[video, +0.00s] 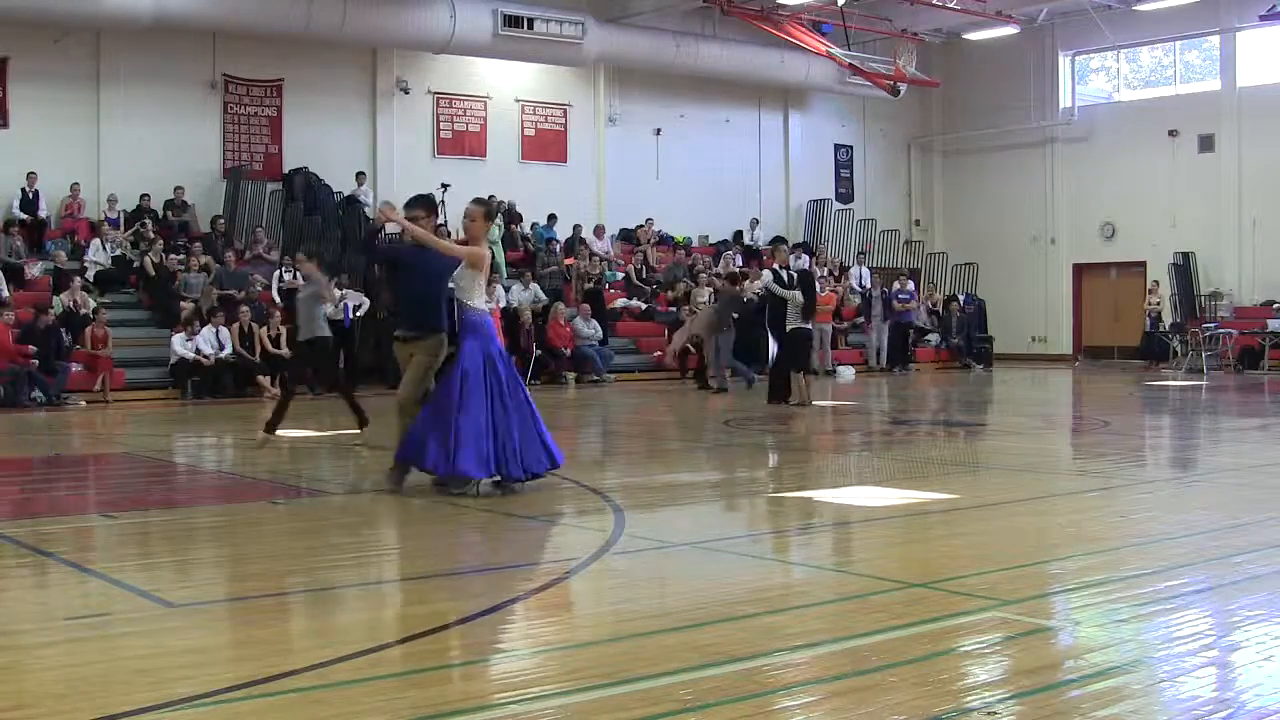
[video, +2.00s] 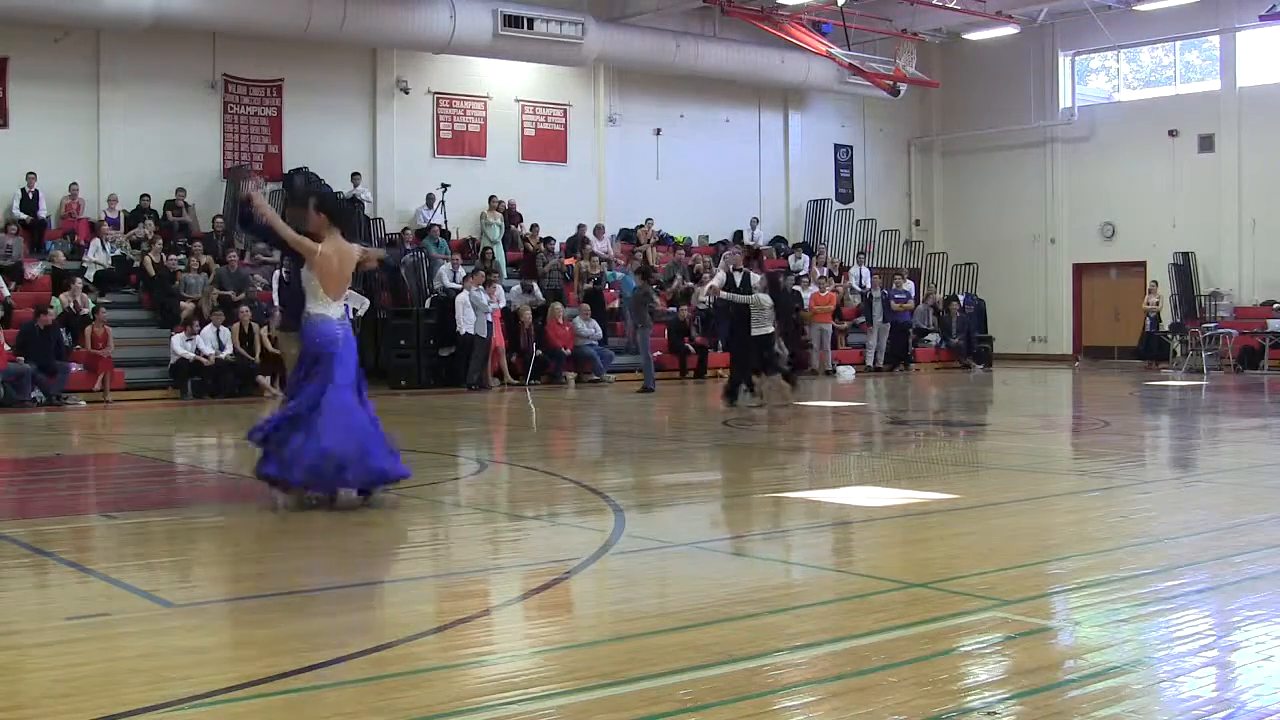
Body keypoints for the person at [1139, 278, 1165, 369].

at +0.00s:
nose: (1153, 287)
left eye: (1154, 286)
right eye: (1152, 286)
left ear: (1158, 287)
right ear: (1151, 287)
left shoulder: (1160, 296)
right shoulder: (1148, 296)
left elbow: (1161, 308)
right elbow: (1145, 306)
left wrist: (1150, 309)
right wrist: (1156, 307)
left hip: (1157, 318)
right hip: (1149, 318)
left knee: (1156, 338)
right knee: (1149, 337)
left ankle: (1156, 360)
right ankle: (1150, 360)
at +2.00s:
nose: (1151, 288)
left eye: (1153, 286)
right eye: (1150, 286)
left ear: (1157, 287)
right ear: (1149, 287)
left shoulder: (1159, 296)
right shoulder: (1147, 296)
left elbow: (1160, 308)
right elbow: (1143, 306)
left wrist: (1149, 308)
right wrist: (1153, 307)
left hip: (1156, 318)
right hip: (1148, 318)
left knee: (1156, 338)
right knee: (1148, 337)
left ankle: (1156, 361)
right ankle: (1149, 360)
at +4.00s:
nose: (1151, 288)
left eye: (1153, 286)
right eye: (1150, 286)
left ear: (1157, 287)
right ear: (1149, 287)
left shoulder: (1160, 296)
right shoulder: (1147, 297)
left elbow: (1160, 308)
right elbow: (1144, 306)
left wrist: (1149, 308)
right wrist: (1154, 307)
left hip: (1156, 318)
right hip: (1149, 317)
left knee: (1156, 338)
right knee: (1148, 337)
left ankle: (1155, 361)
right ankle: (1148, 360)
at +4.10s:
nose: (1151, 288)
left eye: (1153, 286)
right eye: (1150, 286)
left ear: (1157, 287)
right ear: (1149, 287)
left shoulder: (1160, 296)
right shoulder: (1147, 297)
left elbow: (1160, 308)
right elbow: (1144, 306)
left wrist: (1149, 308)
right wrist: (1154, 307)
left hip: (1156, 318)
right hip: (1149, 318)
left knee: (1156, 338)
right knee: (1148, 337)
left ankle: (1155, 361)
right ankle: (1148, 360)